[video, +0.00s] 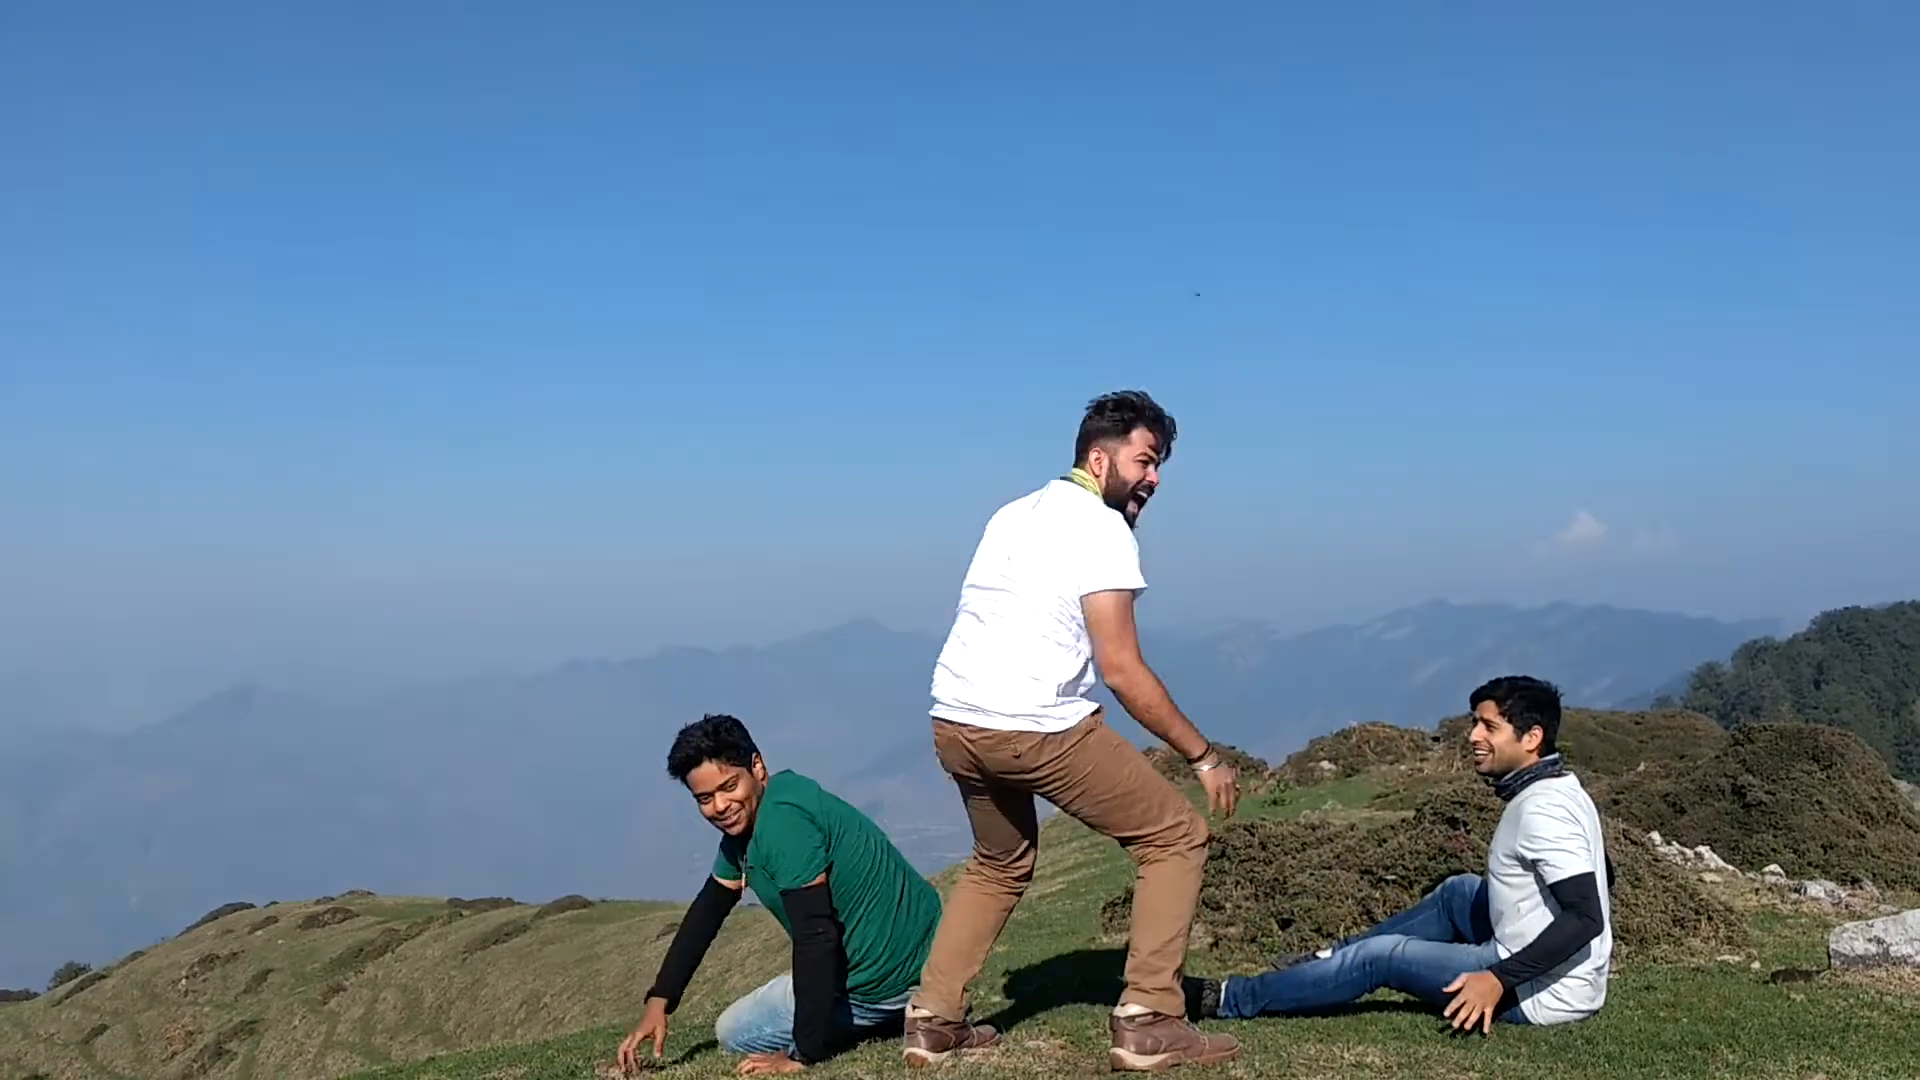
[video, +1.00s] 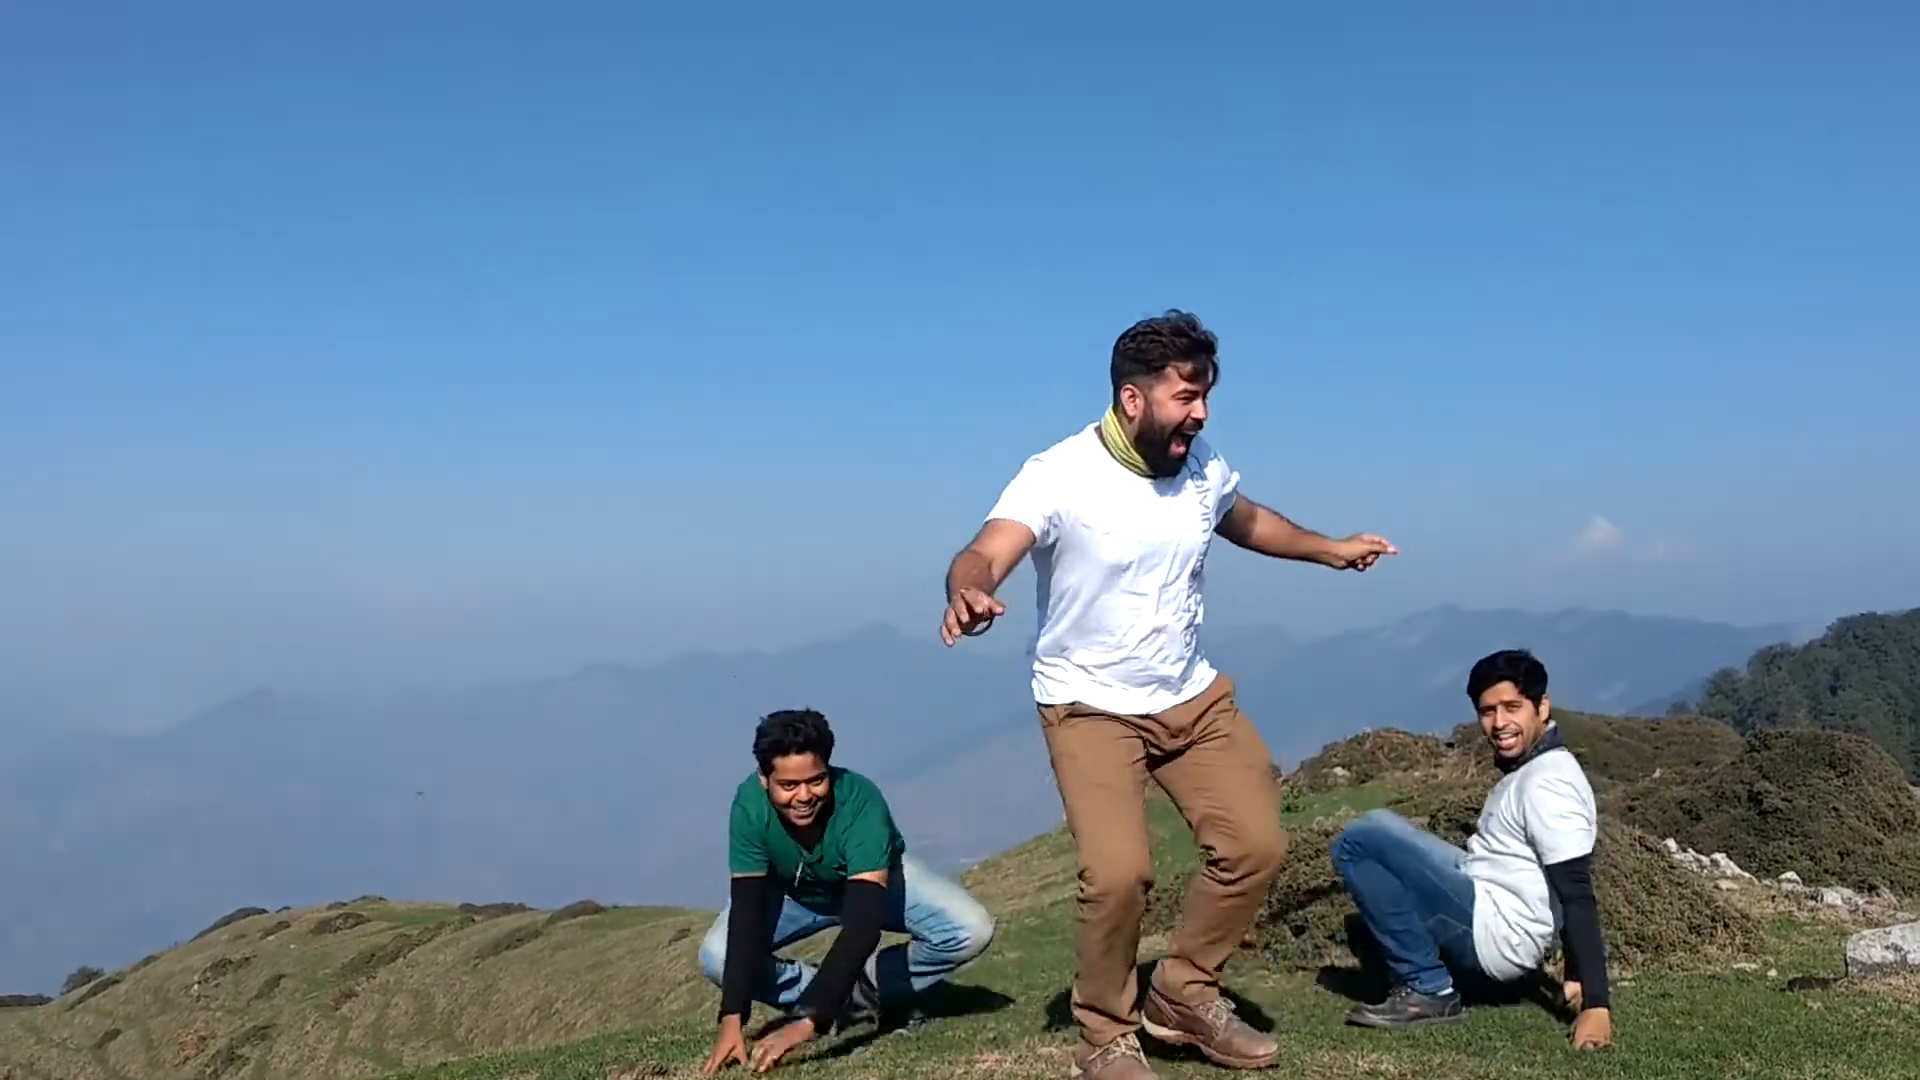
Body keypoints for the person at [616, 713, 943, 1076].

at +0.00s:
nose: (719, 807)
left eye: (728, 786)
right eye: (704, 798)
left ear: (758, 769)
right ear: (694, 798)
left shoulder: (779, 821)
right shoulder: (746, 828)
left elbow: (818, 937)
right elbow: (705, 914)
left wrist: (805, 1056)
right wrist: (658, 1003)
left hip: (879, 988)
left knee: (734, 1030)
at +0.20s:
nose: (733, 803)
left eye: (743, 783)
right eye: (717, 794)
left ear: (767, 764)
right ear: (704, 793)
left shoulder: (794, 821)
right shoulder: (749, 812)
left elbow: (824, 943)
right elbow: (731, 909)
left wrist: (810, 1055)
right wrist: (707, 1005)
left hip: (879, 972)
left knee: (744, 1036)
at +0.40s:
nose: (748, 808)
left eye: (758, 788)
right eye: (731, 800)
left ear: (776, 768)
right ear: (715, 798)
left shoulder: (812, 826)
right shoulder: (739, 817)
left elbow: (835, 946)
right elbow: (742, 914)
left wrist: (820, 1061)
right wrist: (736, 1013)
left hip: (885, 946)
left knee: (764, 1038)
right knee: (762, 904)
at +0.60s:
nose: (758, 810)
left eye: (765, 791)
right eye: (740, 804)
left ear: (778, 770)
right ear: (718, 800)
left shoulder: (819, 810)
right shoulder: (725, 815)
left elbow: (836, 937)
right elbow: (736, 911)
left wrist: (817, 1055)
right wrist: (735, 1013)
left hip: (892, 901)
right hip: (827, 883)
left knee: (783, 1037)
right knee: (721, 898)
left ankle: (908, 978)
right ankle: (816, 989)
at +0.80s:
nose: (774, 816)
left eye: (784, 798)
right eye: (757, 806)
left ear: (800, 781)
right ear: (736, 799)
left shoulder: (836, 812)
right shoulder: (730, 816)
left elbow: (843, 940)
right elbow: (737, 923)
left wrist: (817, 1056)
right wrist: (732, 1019)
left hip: (889, 877)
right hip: (814, 883)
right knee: (699, 937)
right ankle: (819, 993)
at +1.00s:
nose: (804, 796)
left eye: (815, 781)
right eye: (788, 785)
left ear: (830, 770)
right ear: (765, 779)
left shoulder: (861, 802)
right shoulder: (749, 805)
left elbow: (864, 923)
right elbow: (746, 913)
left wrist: (810, 1019)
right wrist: (731, 1020)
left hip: (873, 880)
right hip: (800, 896)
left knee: (970, 928)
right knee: (717, 956)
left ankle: (876, 983)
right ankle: (839, 998)